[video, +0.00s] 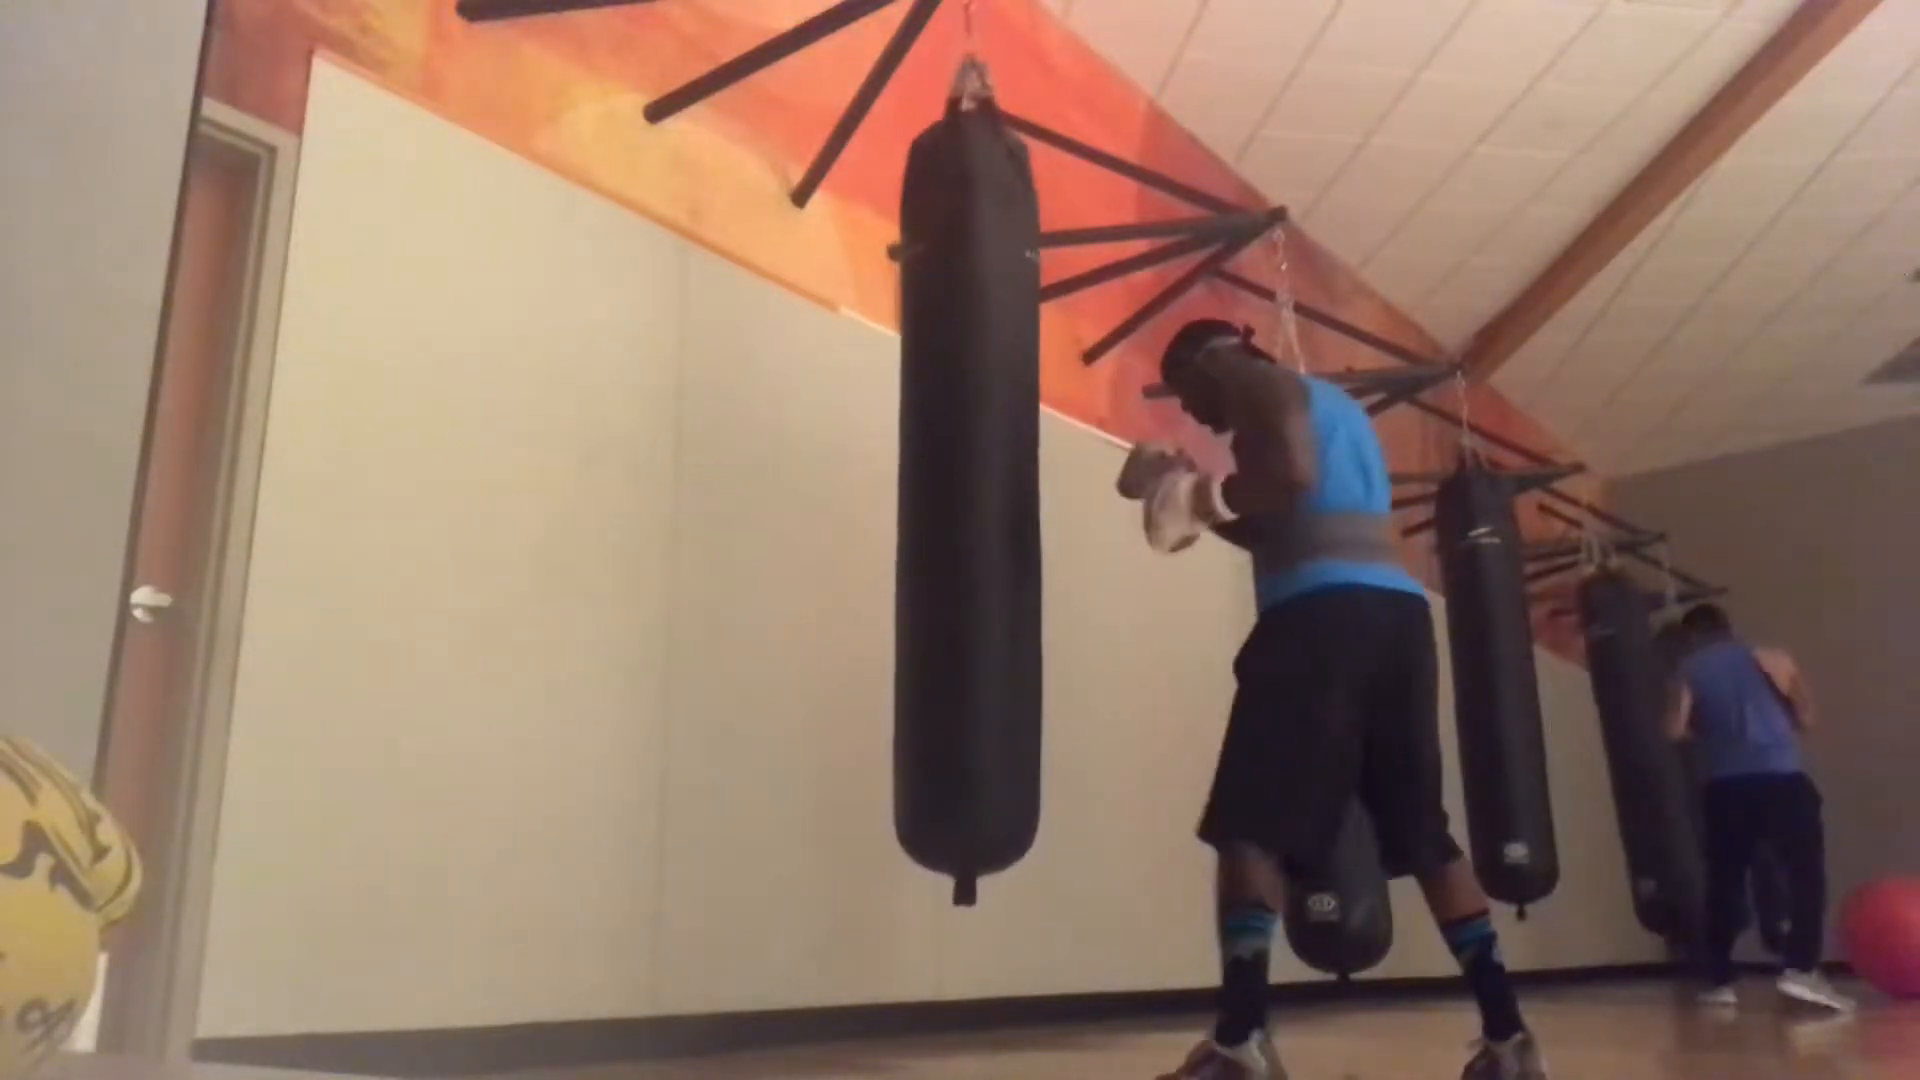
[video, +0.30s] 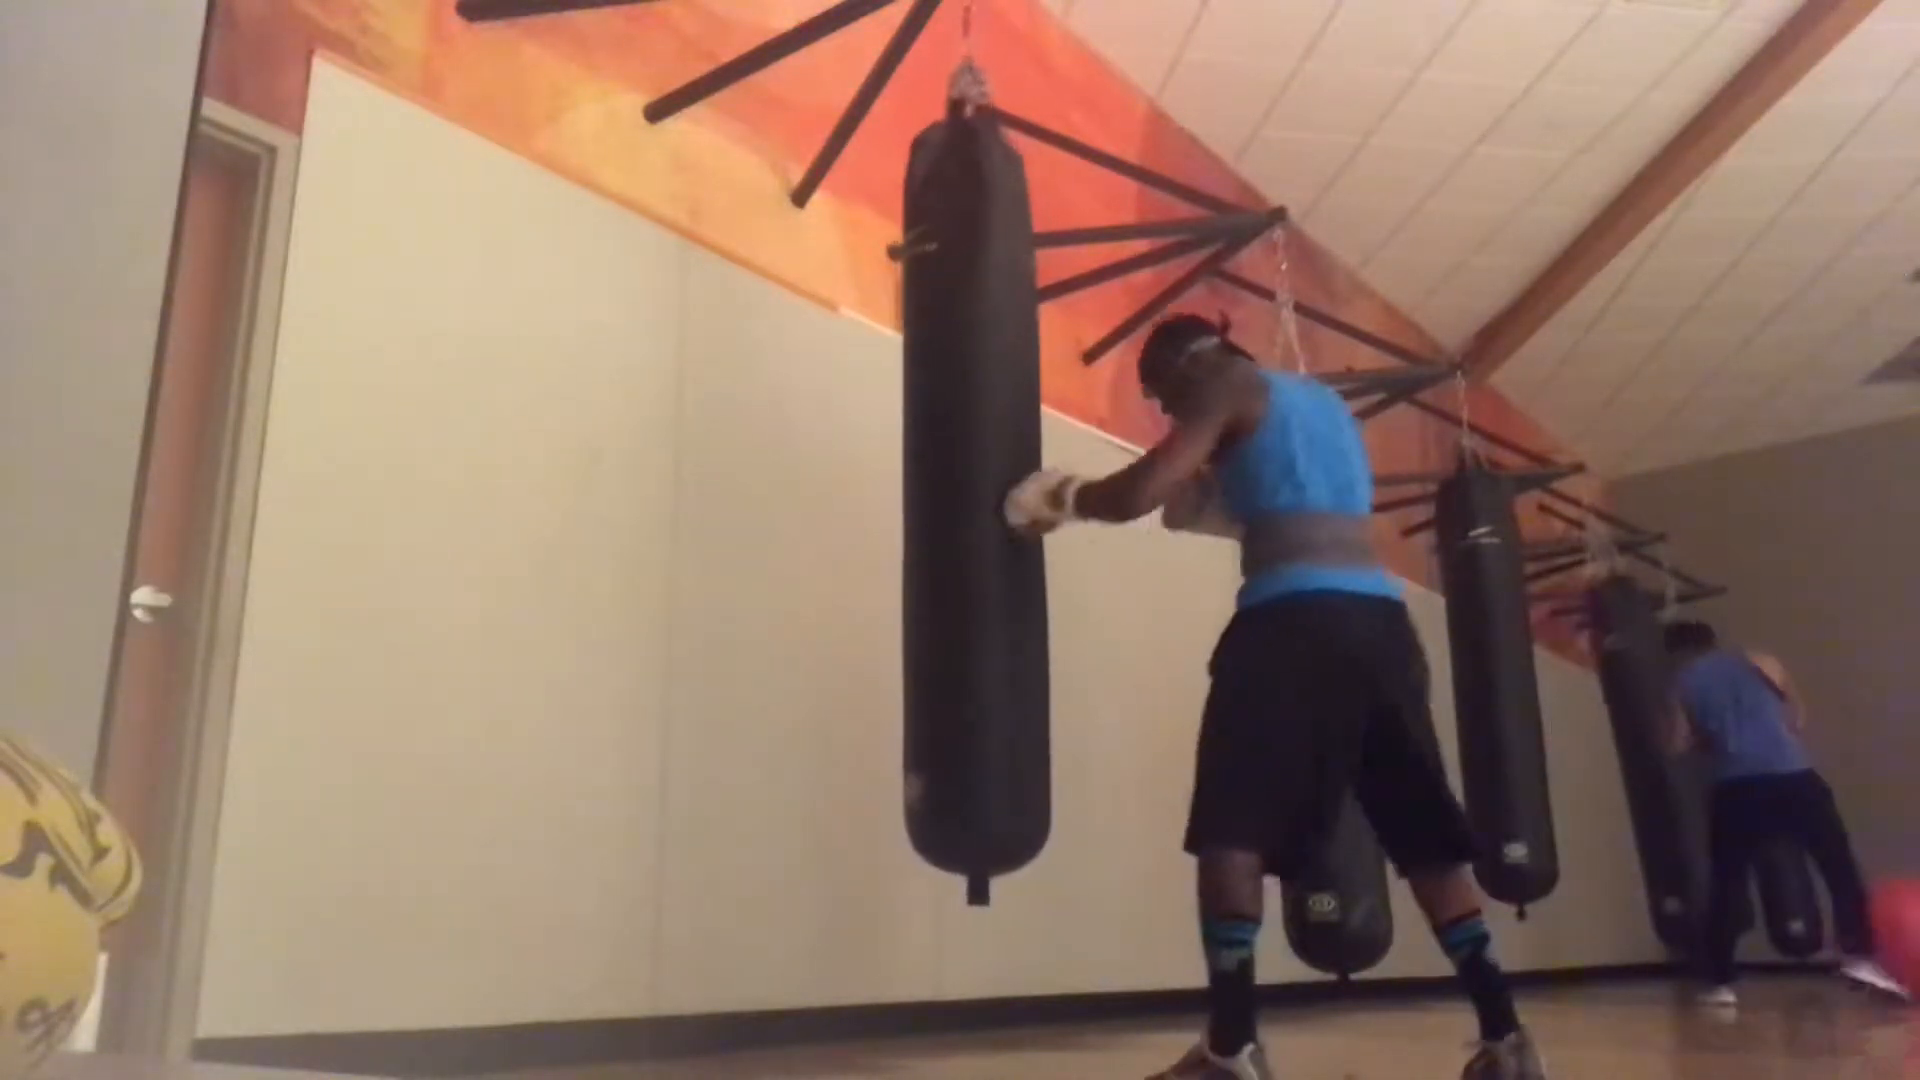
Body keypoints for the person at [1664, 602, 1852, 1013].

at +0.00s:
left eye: (1689, 639)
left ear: (1690, 638)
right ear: (1728, 627)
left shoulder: (1690, 672)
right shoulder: (1772, 659)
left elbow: (1675, 730)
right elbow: (1806, 717)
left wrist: (1705, 726)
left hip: (1728, 791)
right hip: (1786, 786)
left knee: (1724, 884)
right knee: (1807, 877)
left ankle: (1719, 981)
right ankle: (1801, 971)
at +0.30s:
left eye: (1674, 654)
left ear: (1676, 653)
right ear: (1712, 641)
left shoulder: (1684, 683)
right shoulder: (1756, 660)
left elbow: (1678, 744)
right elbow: (1797, 716)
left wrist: (1714, 733)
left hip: (1736, 792)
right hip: (1796, 783)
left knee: (1726, 885)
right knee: (1840, 868)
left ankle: (1721, 982)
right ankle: (1859, 955)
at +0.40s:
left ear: (1702, 649)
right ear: (1738, 640)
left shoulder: (1699, 676)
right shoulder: (1775, 663)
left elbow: (1686, 739)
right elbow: (1813, 718)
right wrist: (1801, 738)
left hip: (1743, 795)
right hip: (1804, 786)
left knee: (1729, 887)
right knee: (1859, 877)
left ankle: (1720, 983)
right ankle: (1904, 968)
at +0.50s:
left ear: (1728, 648)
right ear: (1766, 643)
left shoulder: (1720, 681)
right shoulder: (1793, 668)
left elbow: (1699, 738)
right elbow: (1824, 703)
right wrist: (1826, 742)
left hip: (1761, 797)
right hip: (1820, 790)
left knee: (1736, 884)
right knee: (1872, 877)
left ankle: (1720, 979)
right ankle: (1916, 963)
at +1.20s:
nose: (1698, 671)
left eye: (1697, 665)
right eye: (1698, 664)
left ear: (1704, 663)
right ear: (1731, 654)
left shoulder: (1718, 692)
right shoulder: (1780, 679)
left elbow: (1706, 751)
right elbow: (1808, 715)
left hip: (1761, 804)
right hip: (1816, 797)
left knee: (1732, 888)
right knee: (1855, 881)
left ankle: (1719, 979)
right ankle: (1903, 955)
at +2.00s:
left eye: (1721, 650)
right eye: (1734, 645)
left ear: (1715, 652)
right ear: (1749, 643)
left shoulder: (1714, 690)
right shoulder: (1776, 668)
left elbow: (1671, 723)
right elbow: (1807, 695)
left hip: (1762, 794)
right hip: (1815, 785)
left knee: (1735, 878)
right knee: (1863, 873)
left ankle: (1712, 968)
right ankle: (1906, 960)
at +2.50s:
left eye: (1727, 649)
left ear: (1720, 651)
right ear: (1755, 645)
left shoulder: (1712, 686)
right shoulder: (1781, 672)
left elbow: (1667, 701)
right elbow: (1806, 695)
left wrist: (1634, 702)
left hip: (1763, 792)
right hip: (1817, 783)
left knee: (1738, 878)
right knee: (1863, 867)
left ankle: (1715, 970)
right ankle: (1894, 955)